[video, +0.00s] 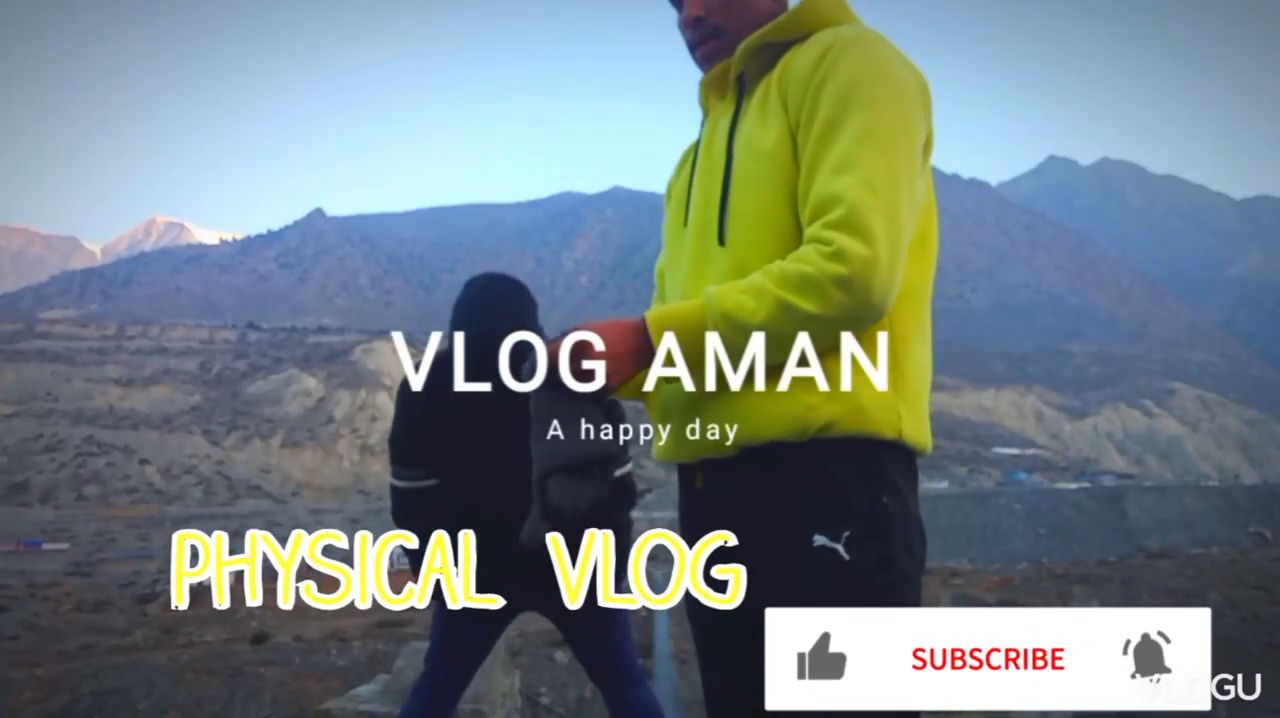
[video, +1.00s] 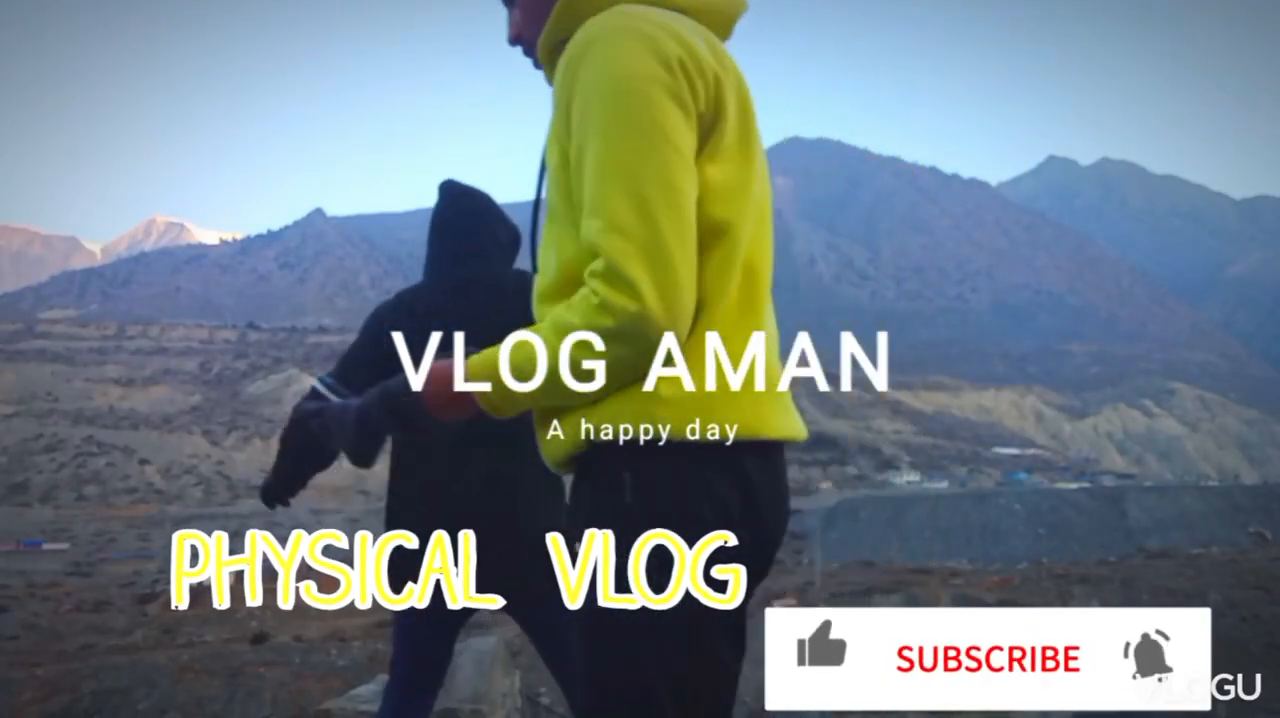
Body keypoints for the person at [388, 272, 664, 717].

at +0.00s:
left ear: (460, 319)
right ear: (532, 321)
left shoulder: (428, 383)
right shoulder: (568, 376)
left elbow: (411, 481)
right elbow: (615, 475)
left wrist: (418, 551)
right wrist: (616, 562)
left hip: (480, 568)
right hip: (570, 565)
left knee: (438, 684)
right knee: (624, 682)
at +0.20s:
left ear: (466, 263)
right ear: (538, 262)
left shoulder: (431, 347)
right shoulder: (586, 338)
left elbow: (410, 462)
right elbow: (625, 447)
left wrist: (436, 544)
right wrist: (614, 541)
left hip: (478, 555)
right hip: (574, 554)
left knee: (435, 682)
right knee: (621, 679)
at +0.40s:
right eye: (537, 246)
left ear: (469, 253)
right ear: (540, 254)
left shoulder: (434, 334)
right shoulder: (577, 329)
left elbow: (409, 451)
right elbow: (625, 433)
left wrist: (437, 539)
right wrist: (614, 518)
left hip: (474, 548)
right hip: (568, 544)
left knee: (433, 685)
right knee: (621, 680)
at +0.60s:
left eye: (477, 238)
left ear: (474, 244)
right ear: (540, 239)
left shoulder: (442, 320)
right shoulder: (594, 310)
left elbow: (402, 436)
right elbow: (631, 426)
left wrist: (408, 536)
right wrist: (609, 519)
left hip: (472, 547)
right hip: (570, 545)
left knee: (430, 682)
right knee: (621, 679)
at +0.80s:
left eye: (462, 241)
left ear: (460, 246)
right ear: (526, 242)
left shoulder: (435, 318)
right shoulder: (577, 308)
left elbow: (373, 426)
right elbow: (625, 405)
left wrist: (332, 526)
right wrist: (631, 496)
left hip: (455, 544)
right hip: (554, 542)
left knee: (412, 689)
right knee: (606, 684)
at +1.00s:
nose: (505, 247)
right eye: (503, 238)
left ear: (438, 241)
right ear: (501, 240)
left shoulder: (404, 311)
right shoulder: (541, 304)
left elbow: (330, 404)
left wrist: (283, 479)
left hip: (429, 532)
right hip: (528, 530)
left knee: (410, 689)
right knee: (588, 682)